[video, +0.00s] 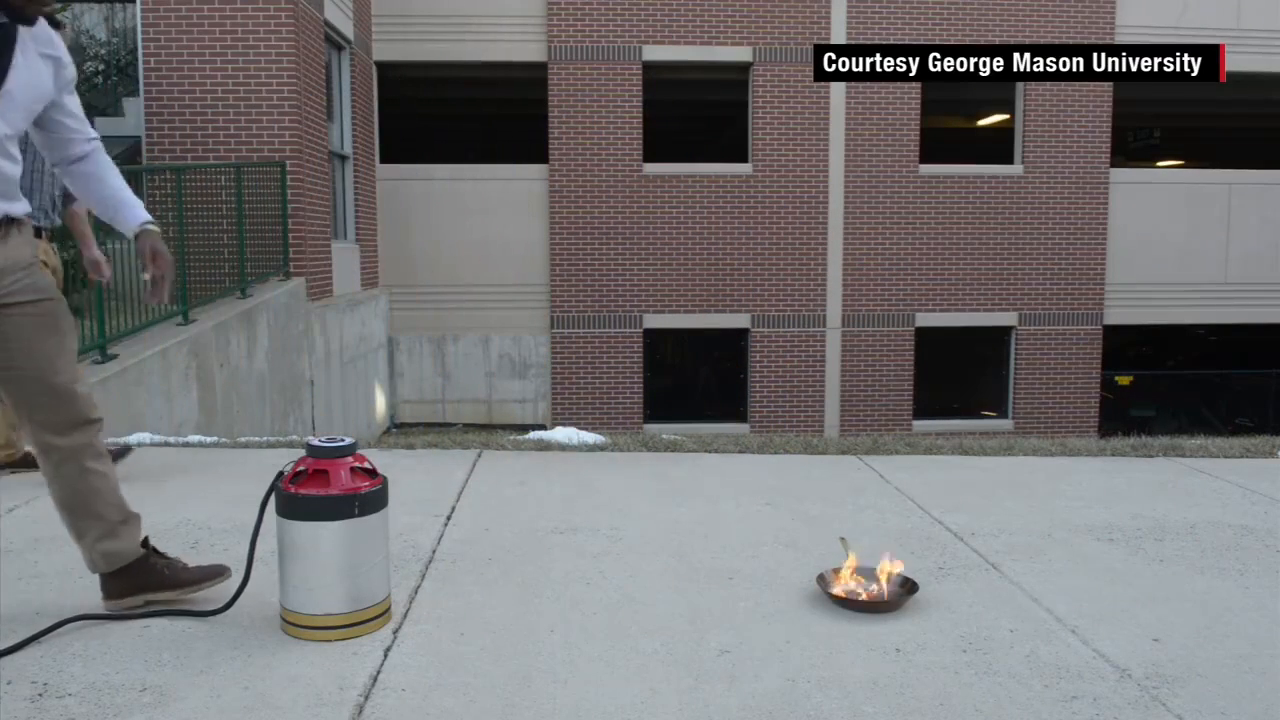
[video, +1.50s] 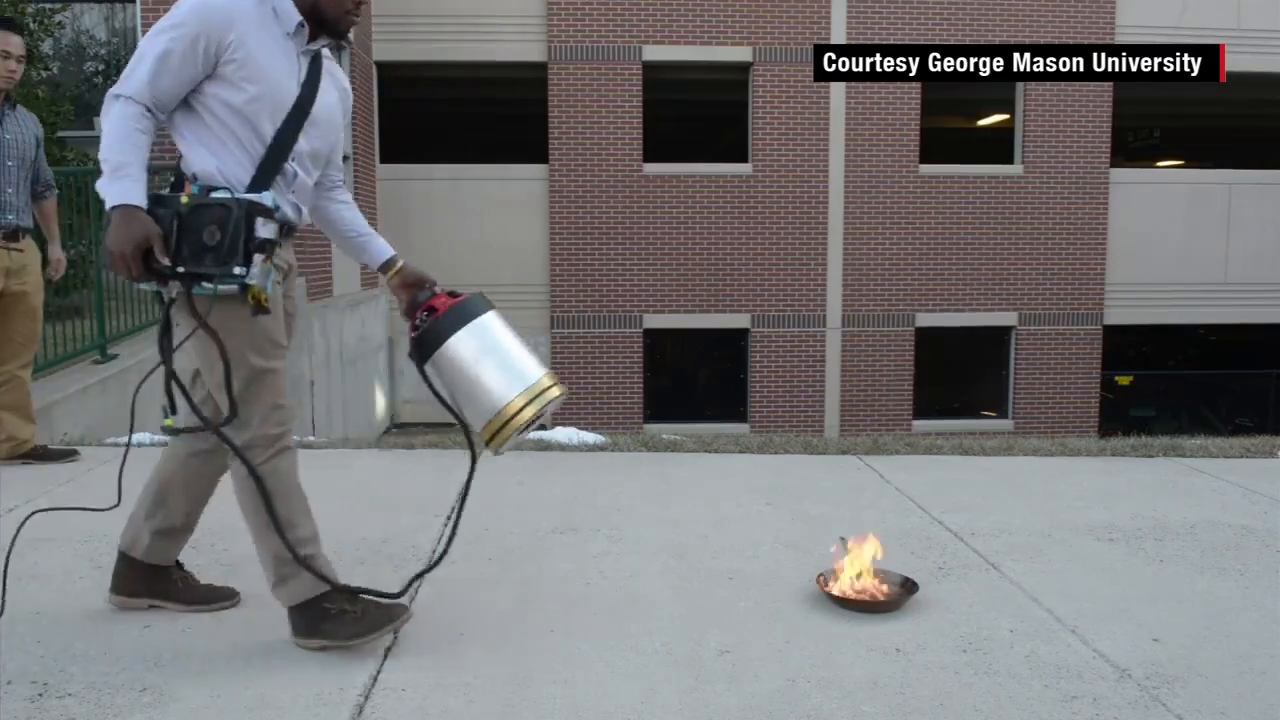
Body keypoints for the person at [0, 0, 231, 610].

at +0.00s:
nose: (55, 1)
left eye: (54, 4)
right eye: (48, 1)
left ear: (31, 3)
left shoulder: (41, 43)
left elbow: (78, 149)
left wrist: (139, 225)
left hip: (10, 243)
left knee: (61, 408)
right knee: (57, 410)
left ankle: (123, 562)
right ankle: (123, 561)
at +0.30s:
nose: (214, 80)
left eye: (222, 67)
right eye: (206, 60)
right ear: (156, 35)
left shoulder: (183, 145)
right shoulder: (43, 40)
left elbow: (206, 248)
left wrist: (260, 349)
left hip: (69, 268)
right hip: (2, 262)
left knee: (127, 405)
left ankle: (139, 568)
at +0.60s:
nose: (307, 121)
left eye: (315, 109)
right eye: (300, 101)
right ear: (253, 77)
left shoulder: (264, 189)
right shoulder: (138, 70)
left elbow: (274, 292)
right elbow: (20, 115)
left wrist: (315, 398)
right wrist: (1, 188)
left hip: (136, 278)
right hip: (46, 256)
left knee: (190, 409)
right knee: (2, 420)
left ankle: (142, 569)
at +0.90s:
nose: (344, 90)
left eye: (351, 79)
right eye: (338, 72)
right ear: (291, 53)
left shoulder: (296, 172)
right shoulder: (184, 55)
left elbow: (288, 275)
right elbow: (77, 102)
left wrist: (316, 382)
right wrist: (2, 170)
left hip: (180, 276)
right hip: (94, 246)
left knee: (206, 415)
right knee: (37, 421)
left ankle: (143, 568)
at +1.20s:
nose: (350, 35)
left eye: (356, 23)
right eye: (340, 17)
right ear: (293, 6)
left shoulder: (307, 124)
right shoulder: (205, 26)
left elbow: (291, 227)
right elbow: (97, 83)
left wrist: (342, 311)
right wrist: (43, 176)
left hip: (215, 261)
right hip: (139, 241)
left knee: (207, 415)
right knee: (127, 418)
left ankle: (147, 566)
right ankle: (87, 601)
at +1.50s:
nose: (362, 8)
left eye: (363, 1)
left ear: (342, 7)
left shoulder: (335, 82)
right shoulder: (222, 15)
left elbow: (326, 192)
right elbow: (130, 101)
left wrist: (390, 265)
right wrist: (126, 204)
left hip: (272, 257)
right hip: (214, 249)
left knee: (214, 419)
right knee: (262, 424)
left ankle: (145, 562)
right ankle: (312, 598)